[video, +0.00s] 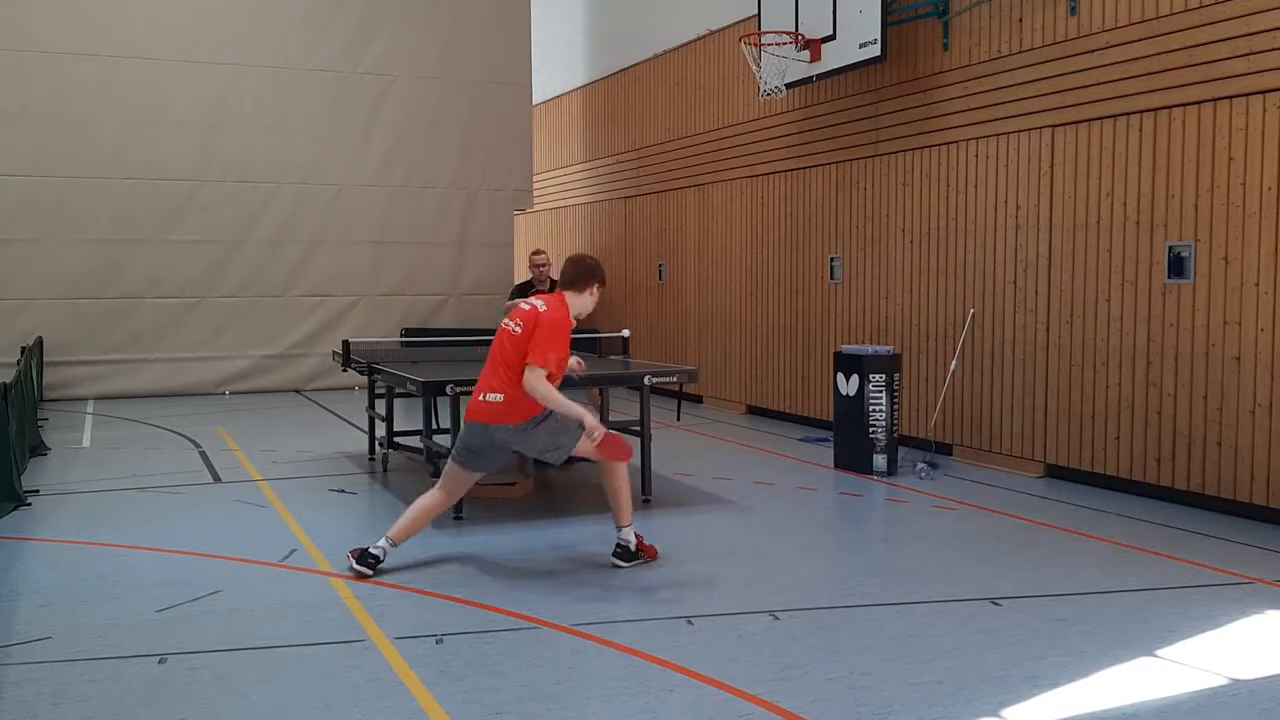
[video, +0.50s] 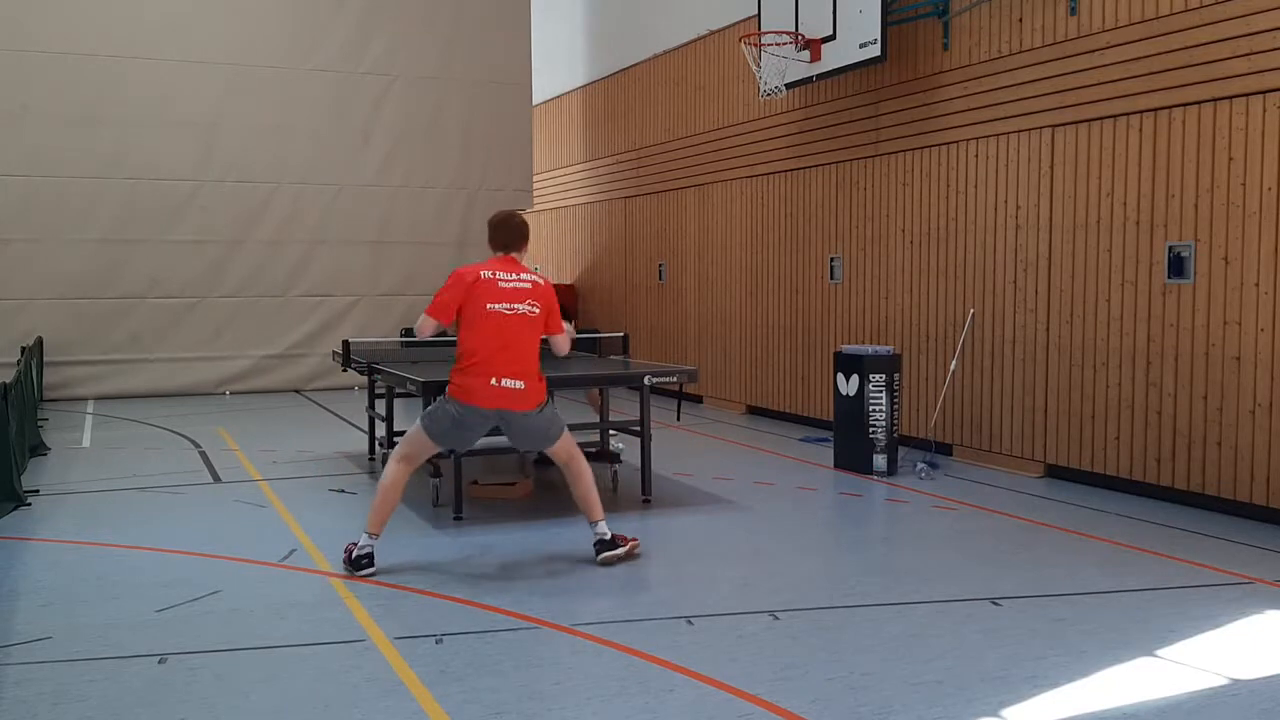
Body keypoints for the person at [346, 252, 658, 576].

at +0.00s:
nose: (596, 303)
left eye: (598, 296)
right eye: (598, 295)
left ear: (561, 282)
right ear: (591, 290)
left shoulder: (526, 305)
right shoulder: (557, 316)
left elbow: (513, 357)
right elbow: (534, 380)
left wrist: (560, 362)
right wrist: (582, 414)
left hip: (480, 420)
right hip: (524, 421)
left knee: (442, 493)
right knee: (610, 449)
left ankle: (378, 550)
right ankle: (628, 541)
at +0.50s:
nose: (523, 244)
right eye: (525, 239)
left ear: (490, 243)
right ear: (525, 244)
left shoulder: (467, 276)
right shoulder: (541, 285)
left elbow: (423, 330)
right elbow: (561, 347)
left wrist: (447, 313)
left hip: (468, 403)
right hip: (526, 406)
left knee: (403, 460)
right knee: (571, 459)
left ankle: (365, 548)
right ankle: (604, 536)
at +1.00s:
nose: (596, 262)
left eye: (597, 255)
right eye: (595, 254)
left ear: (560, 246)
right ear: (582, 250)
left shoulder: (520, 269)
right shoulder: (585, 286)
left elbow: (481, 309)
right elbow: (634, 333)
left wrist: (523, 309)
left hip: (494, 390)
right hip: (550, 395)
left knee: (434, 458)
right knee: (607, 444)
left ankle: (386, 540)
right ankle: (621, 527)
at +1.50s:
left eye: (456, 275)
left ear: (455, 276)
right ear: (492, 278)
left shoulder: (434, 302)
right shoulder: (508, 307)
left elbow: (392, 358)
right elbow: (555, 361)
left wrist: (421, 367)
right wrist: (540, 391)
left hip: (434, 412)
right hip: (493, 414)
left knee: (373, 468)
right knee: (556, 454)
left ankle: (323, 545)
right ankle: (586, 539)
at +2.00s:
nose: (442, 261)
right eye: (443, 254)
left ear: (404, 258)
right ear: (441, 258)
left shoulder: (387, 290)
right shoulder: (459, 288)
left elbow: (342, 344)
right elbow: (513, 312)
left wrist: (363, 360)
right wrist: (515, 304)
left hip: (400, 408)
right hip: (460, 406)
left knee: (338, 460)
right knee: (521, 462)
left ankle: (309, 547)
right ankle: (558, 542)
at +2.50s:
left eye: (431, 277)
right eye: (457, 274)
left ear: (425, 275)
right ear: (462, 274)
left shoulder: (409, 291)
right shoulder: (481, 295)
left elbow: (379, 336)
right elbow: (525, 333)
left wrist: (406, 347)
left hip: (405, 403)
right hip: (463, 402)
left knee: (346, 460)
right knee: (526, 457)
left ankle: (302, 545)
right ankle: (561, 542)